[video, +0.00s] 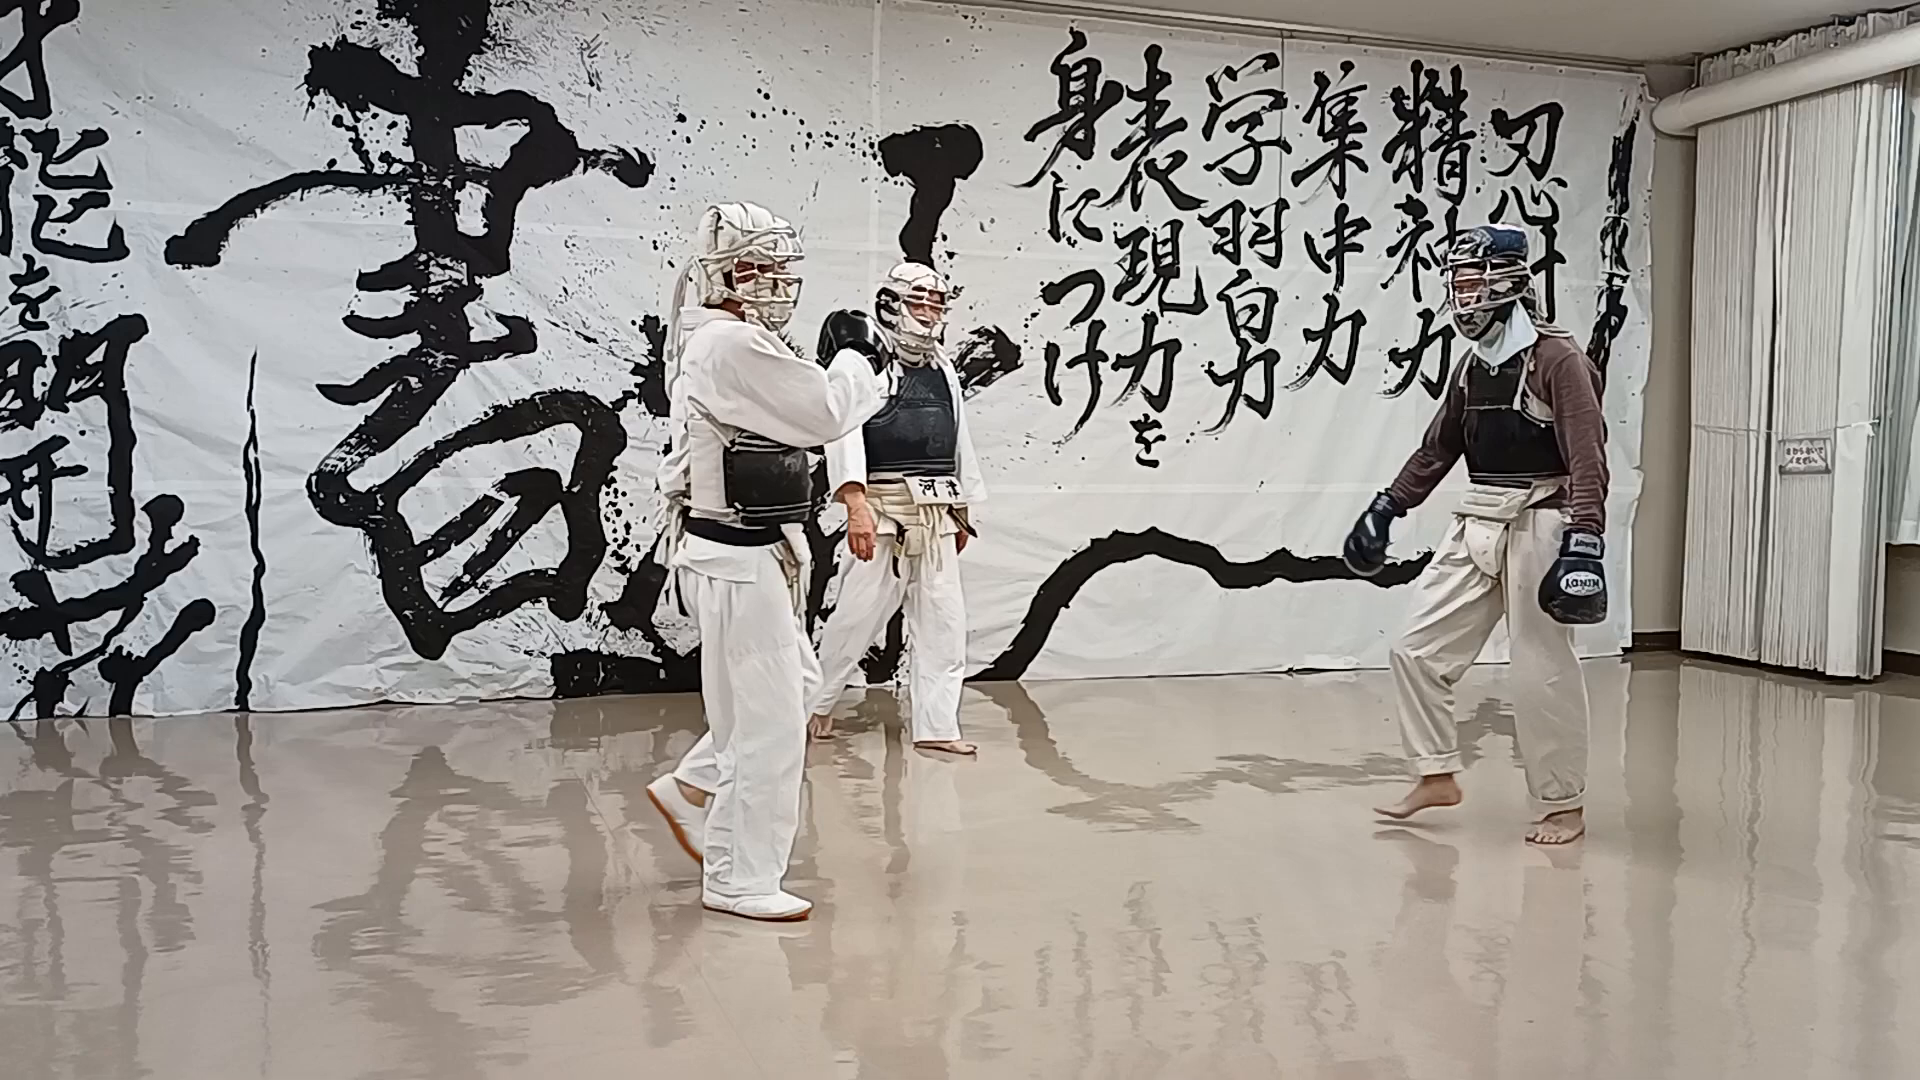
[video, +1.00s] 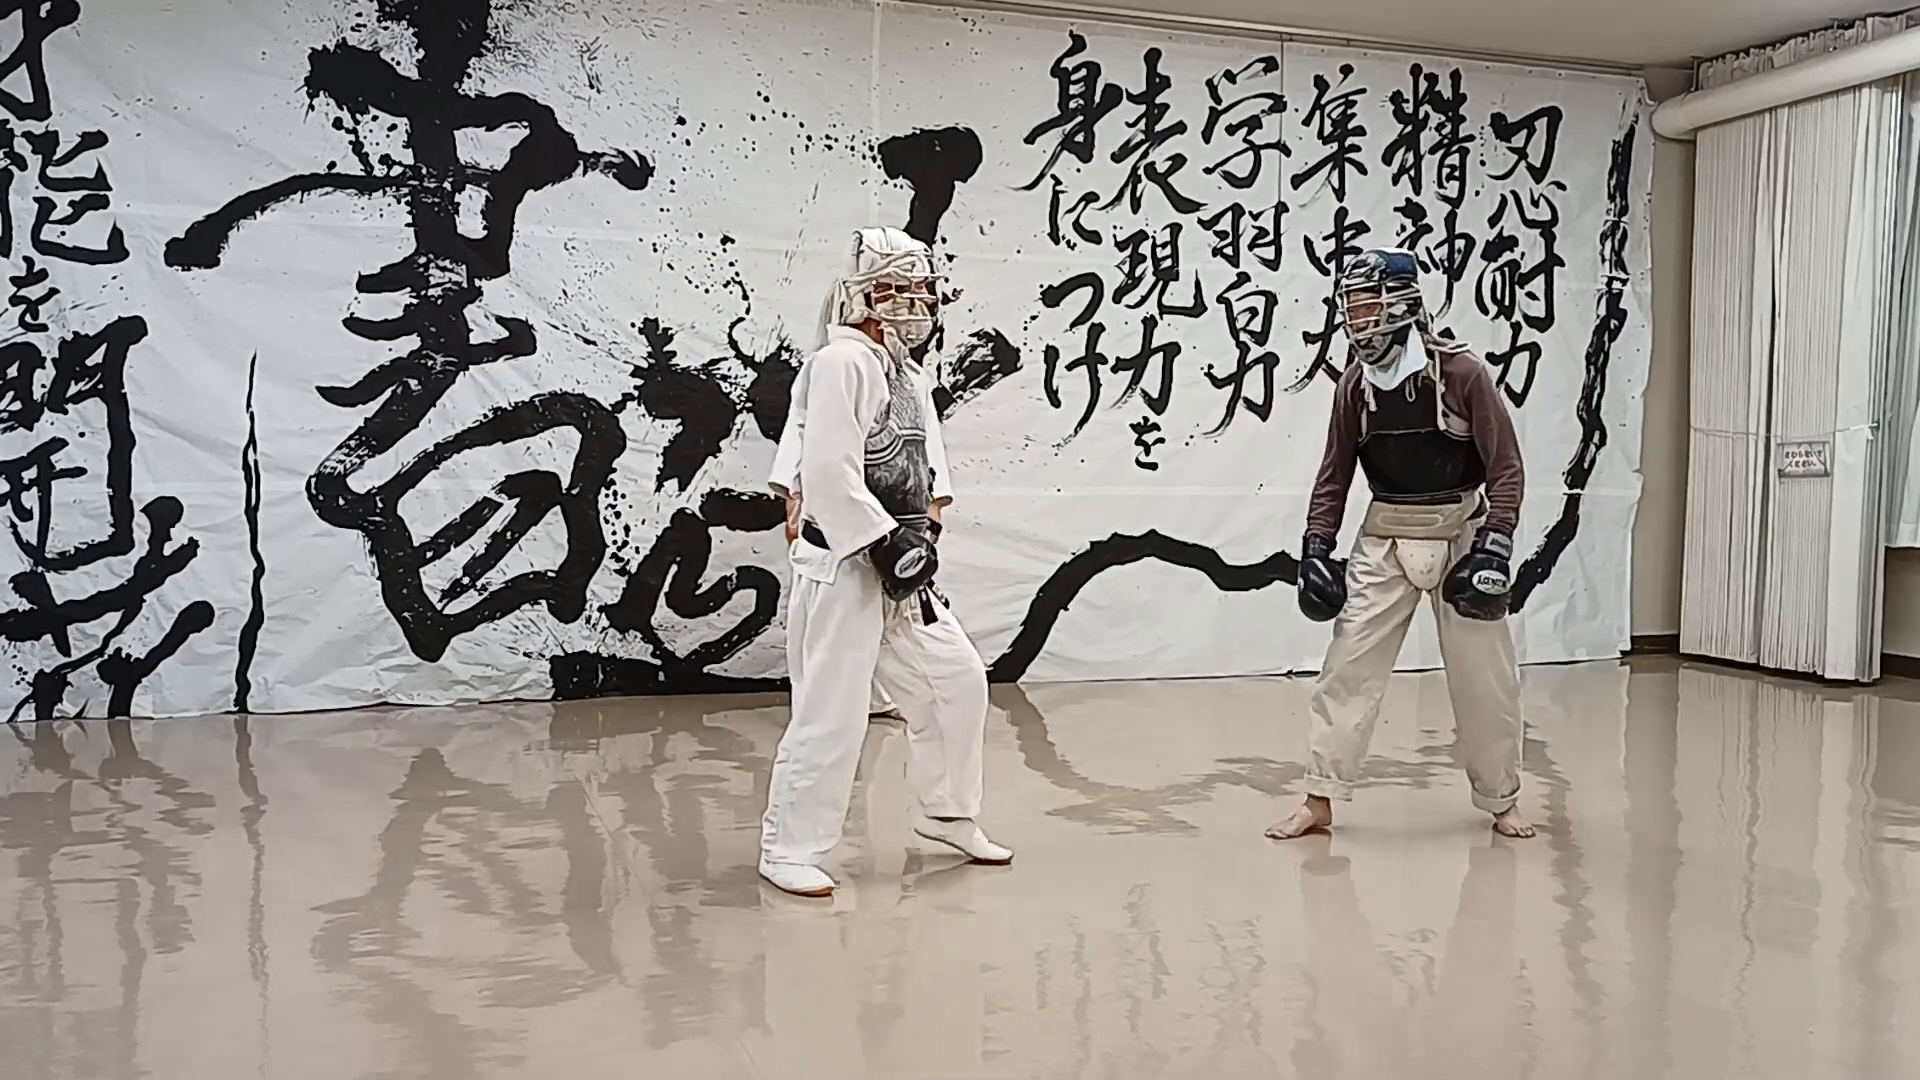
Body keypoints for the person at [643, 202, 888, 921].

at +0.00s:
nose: (780, 286)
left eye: (783, 273)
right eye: (765, 273)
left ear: (770, 277)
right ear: (729, 277)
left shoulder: (728, 338)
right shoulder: (730, 343)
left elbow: (802, 408)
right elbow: (827, 413)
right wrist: (856, 367)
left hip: (737, 550)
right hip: (739, 556)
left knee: (796, 684)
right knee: (772, 717)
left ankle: (694, 786)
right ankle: (742, 881)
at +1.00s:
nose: (918, 304)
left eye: (922, 292)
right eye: (903, 291)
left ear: (926, 296)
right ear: (868, 295)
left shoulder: (907, 373)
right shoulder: (842, 360)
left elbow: (929, 460)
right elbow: (828, 472)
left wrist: (926, 527)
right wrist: (887, 544)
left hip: (894, 560)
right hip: (838, 563)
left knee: (958, 680)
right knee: (829, 711)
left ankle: (945, 822)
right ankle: (789, 853)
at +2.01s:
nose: (980, 338)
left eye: (987, 327)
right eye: (967, 324)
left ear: (995, 332)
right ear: (937, 326)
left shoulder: (972, 393)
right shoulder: (902, 379)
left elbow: (1018, 450)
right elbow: (964, 438)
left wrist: (1078, 421)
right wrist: (1022, 389)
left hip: (946, 572)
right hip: (889, 571)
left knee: (991, 690)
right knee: (885, 717)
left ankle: (1010, 813)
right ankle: (815, 846)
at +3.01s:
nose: (1047, 345)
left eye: (1054, 334)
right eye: (1033, 334)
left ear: (1061, 336)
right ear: (1000, 334)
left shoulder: (1033, 395)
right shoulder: (970, 393)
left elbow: (1053, 454)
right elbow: (1031, 457)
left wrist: (1101, 414)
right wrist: (1093, 409)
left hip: (1011, 580)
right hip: (956, 583)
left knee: (1086, 670)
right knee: (948, 718)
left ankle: (1070, 791)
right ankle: (891, 824)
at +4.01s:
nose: (1092, 341)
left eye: (1102, 330)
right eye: (1079, 327)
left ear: (1110, 333)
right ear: (1050, 325)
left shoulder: (1081, 396)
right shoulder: (1005, 382)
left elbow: (1084, 482)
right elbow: (1028, 478)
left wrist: (1140, 472)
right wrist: (1115, 472)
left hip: (1068, 566)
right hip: (1005, 568)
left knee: (1133, 672)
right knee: (981, 697)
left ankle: (1149, 794)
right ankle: (909, 836)